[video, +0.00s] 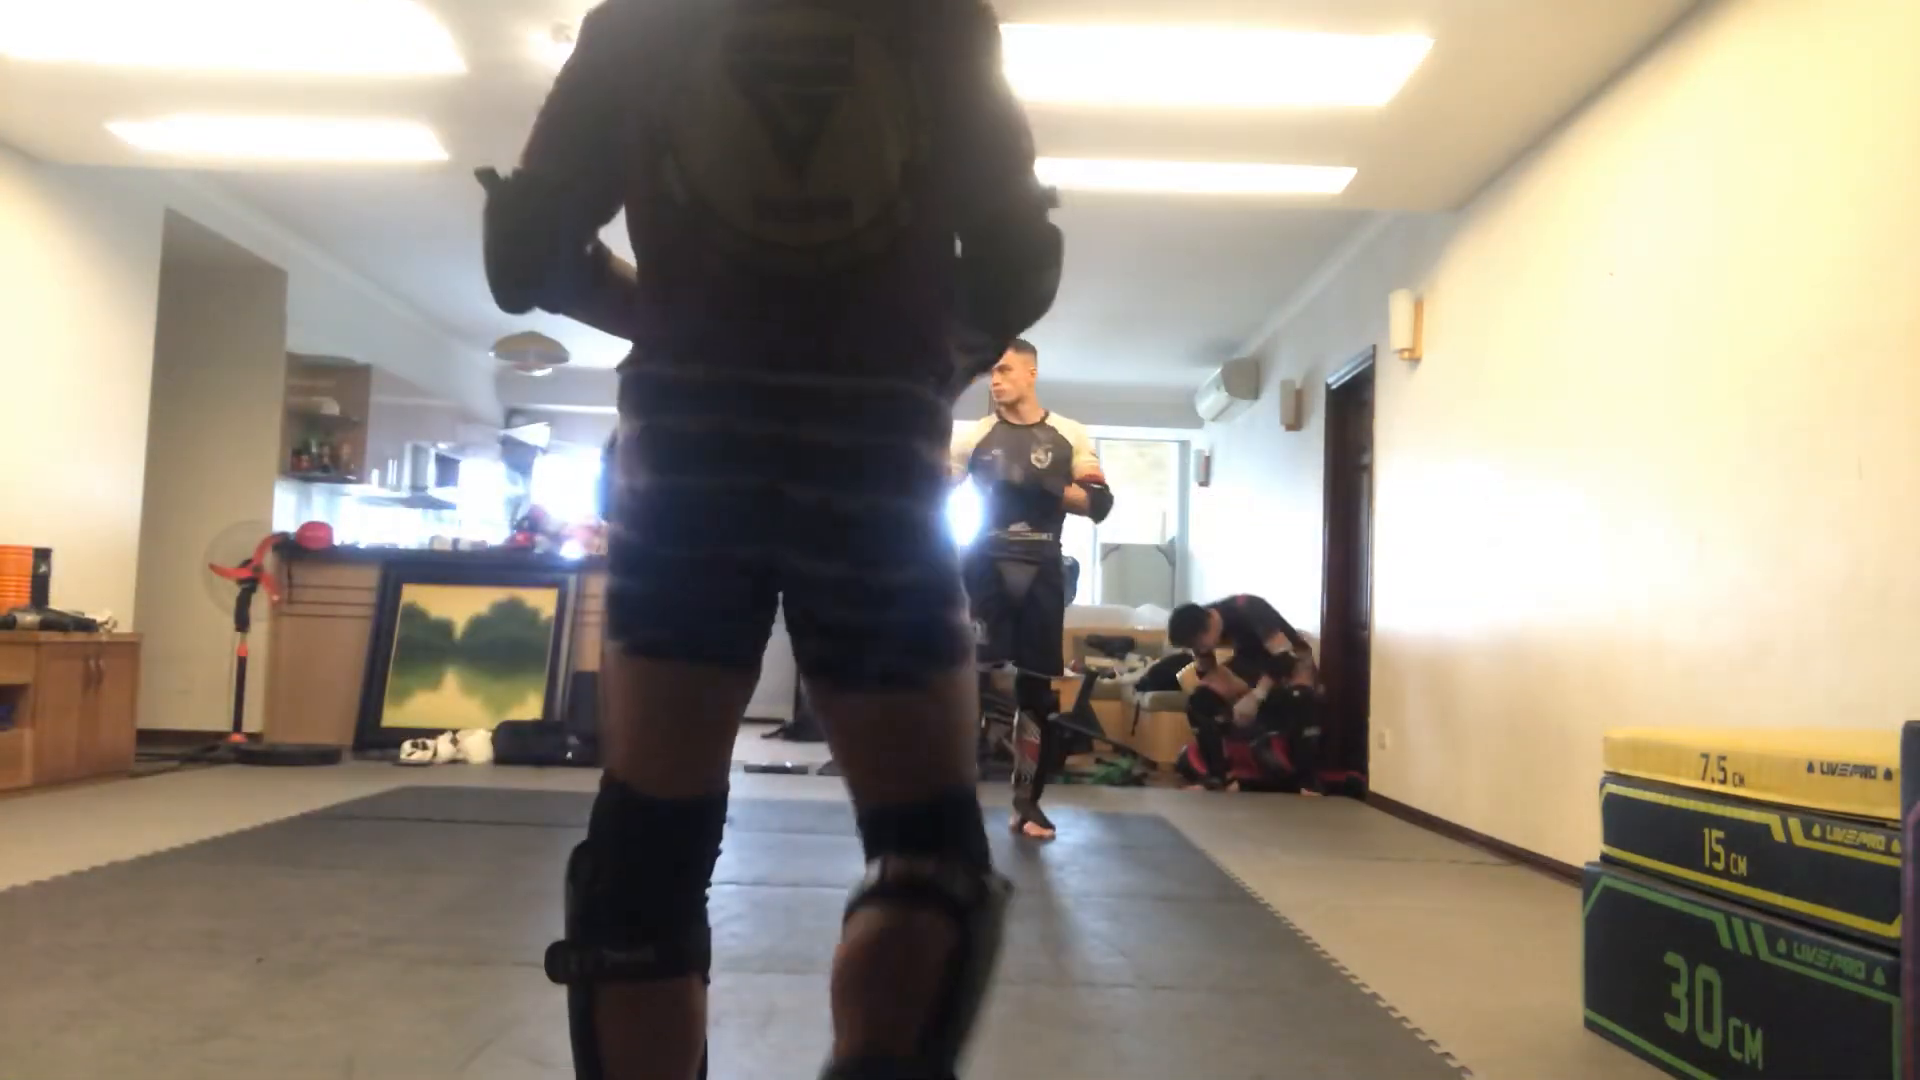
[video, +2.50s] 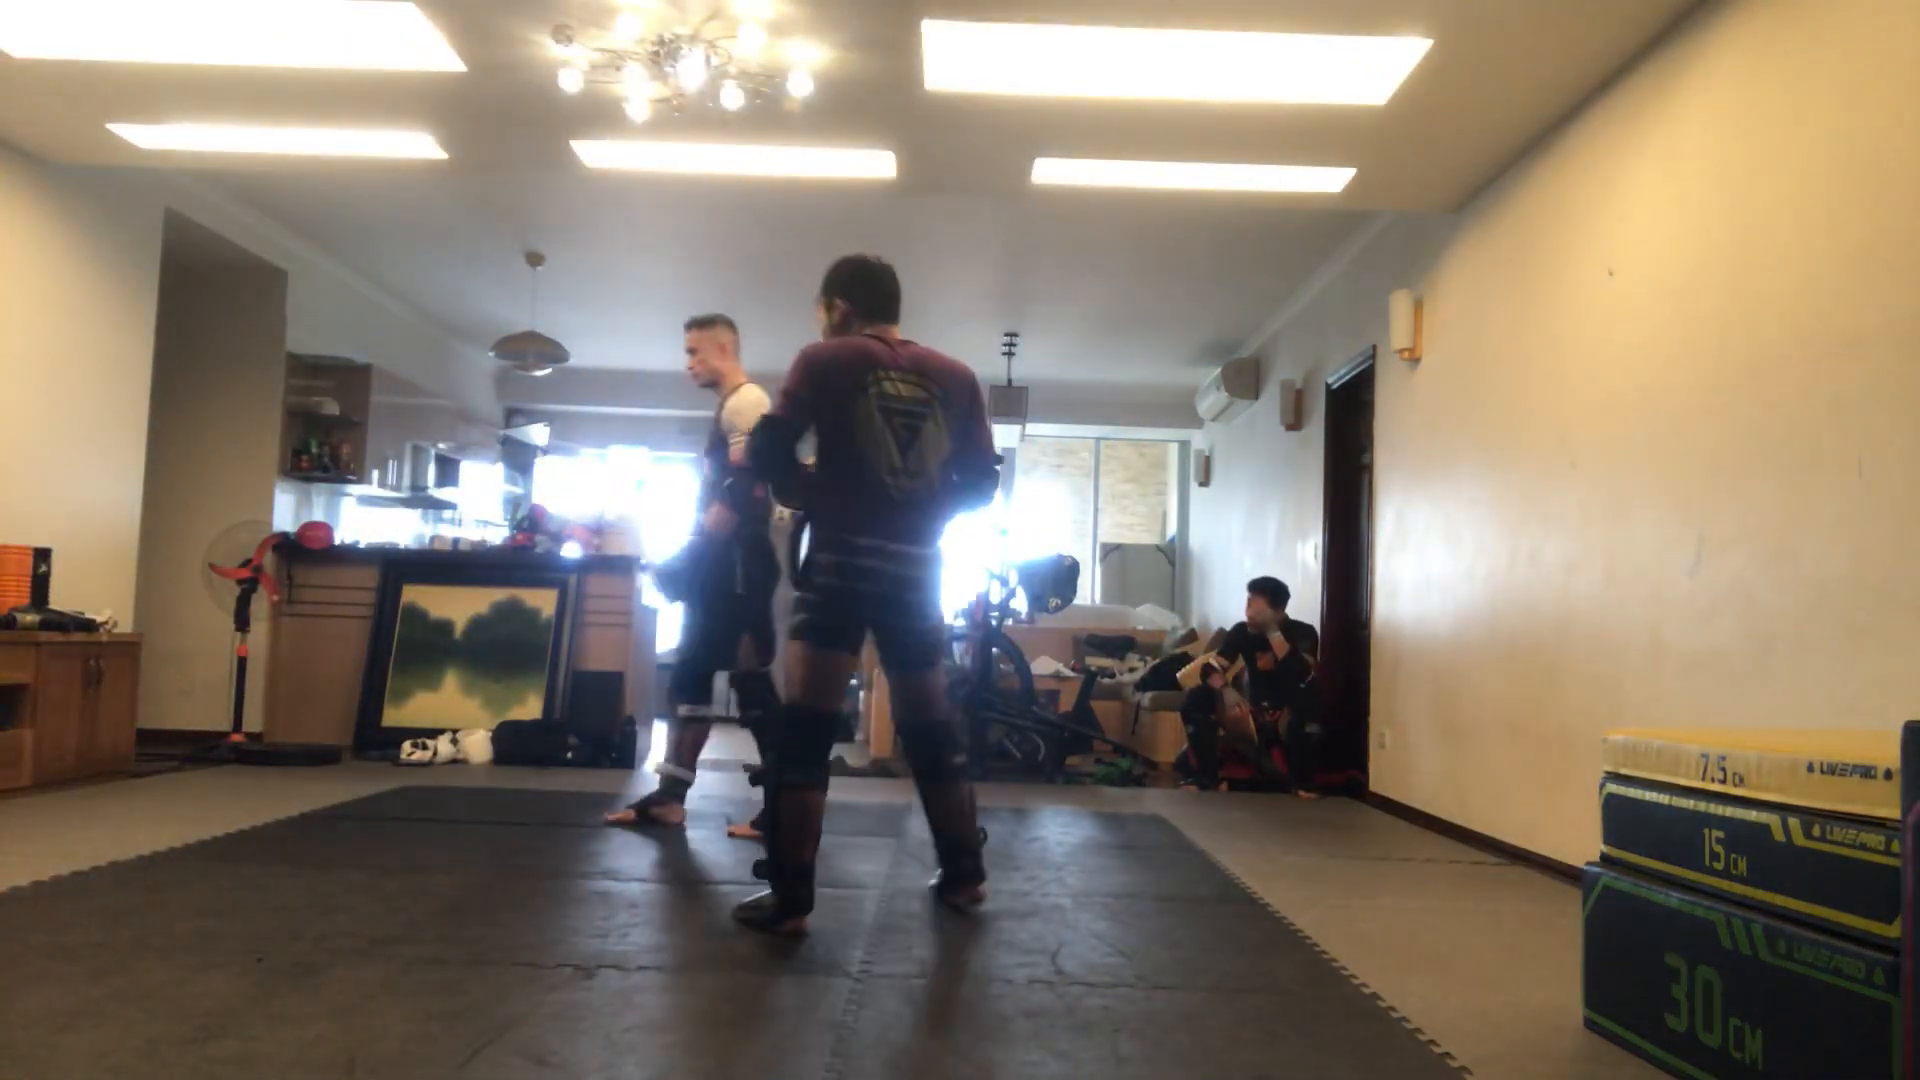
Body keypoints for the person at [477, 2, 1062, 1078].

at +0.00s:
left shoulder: (644, 18)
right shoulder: (938, 19)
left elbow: (528, 248)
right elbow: (1020, 257)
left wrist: (664, 311)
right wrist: (926, 347)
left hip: (686, 448)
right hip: (872, 456)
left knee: (645, 865)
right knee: (927, 854)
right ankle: (870, 1061)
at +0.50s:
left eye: (863, 37)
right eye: (945, 47)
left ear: (842, 34)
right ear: (947, 55)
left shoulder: (765, 116)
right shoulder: (1000, 170)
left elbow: (648, 287)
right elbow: (1026, 380)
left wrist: (765, 328)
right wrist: (922, 387)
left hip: (772, 498)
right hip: (915, 511)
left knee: (672, 777)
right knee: (902, 798)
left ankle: (700, 1055)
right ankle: (883, 1063)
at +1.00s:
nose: (803, 158)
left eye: (799, 139)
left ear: (799, 141)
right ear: (890, 151)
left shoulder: (745, 217)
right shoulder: (944, 248)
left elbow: (664, 356)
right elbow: (986, 412)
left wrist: (763, 377)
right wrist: (908, 450)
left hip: (750, 536)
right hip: (874, 546)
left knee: (738, 759)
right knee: (885, 774)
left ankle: (739, 997)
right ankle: (873, 1036)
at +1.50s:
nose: (845, 243)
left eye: (826, 223)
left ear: (820, 220)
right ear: (897, 235)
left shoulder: (768, 272)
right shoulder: (931, 302)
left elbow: (684, 372)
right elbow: (972, 442)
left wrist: (763, 413)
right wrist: (898, 475)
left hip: (768, 551)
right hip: (871, 557)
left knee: (741, 752)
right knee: (868, 751)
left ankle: (739, 973)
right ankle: (848, 946)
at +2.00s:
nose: (817, 277)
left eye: (819, 266)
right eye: (823, 268)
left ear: (831, 266)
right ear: (899, 274)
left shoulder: (797, 324)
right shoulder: (944, 351)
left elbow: (727, 426)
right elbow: (961, 465)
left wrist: (795, 450)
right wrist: (891, 479)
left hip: (801, 566)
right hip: (890, 574)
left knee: (787, 729)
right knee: (876, 741)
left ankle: (778, 894)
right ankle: (850, 936)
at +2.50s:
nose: (821, 324)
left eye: (822, 315)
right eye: (821, 316)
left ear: (839, 310)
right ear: (894, 311)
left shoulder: (822, 361)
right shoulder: (957, 377)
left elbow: (768, 454)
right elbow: (980, 480)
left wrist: (813, 496)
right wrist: (919, 507)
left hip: (837, 567)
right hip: (913, 573)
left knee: (807, 726)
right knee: (930, 725)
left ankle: (791, 898)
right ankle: (963, 877)